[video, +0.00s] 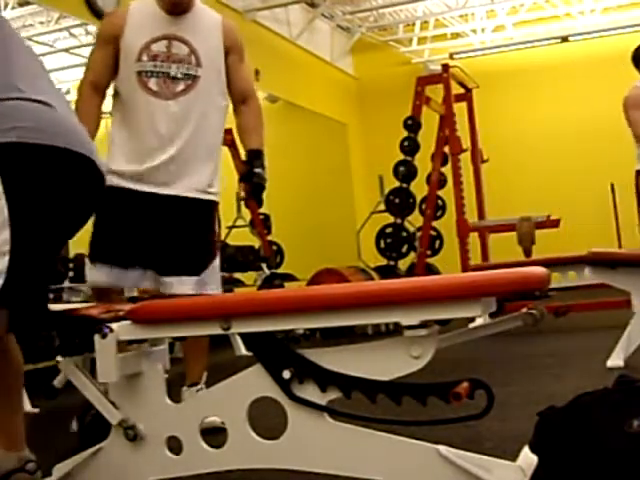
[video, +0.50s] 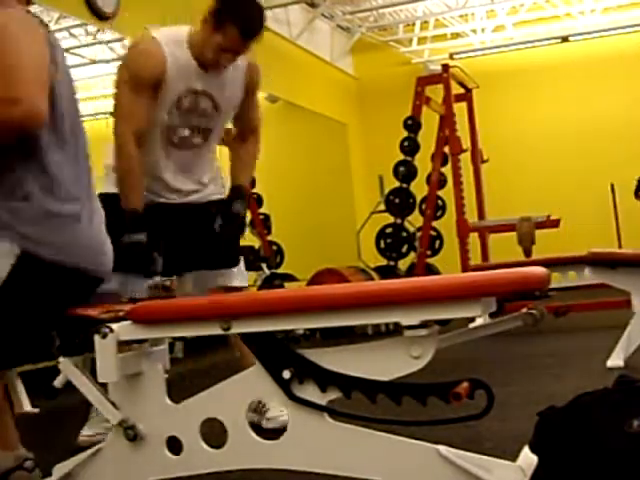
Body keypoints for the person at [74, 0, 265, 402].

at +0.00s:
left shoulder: (223, 32)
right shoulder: (120, 24)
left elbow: (246, 100)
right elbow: (92, 89)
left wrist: (256, 161)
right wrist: (76, 158)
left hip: (192, 189)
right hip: (126, 183)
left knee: (195, 304)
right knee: (109, 294)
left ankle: (195, 395)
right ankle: (117, 391)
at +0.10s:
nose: (180, 2)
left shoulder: (216, 33)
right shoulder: (113, 20)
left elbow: (237, 102)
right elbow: (87, 90)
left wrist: (254, 158)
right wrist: (92, 151)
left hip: (194, 190)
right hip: (129, 190)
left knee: (200, 306)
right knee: (133, 309)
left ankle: (197, 397)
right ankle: (138, 404)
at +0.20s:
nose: (183, 7)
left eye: (190, 2)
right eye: (176, 0)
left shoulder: (210, 33)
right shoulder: (111, 22)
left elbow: (230, 102)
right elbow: (85, 94)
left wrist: (248, 159)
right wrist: (102, 163)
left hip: (194, 190)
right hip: (128, 191)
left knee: (207, 307)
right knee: (132, 314)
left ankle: (202, 399)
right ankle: (137, 411)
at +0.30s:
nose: (195, 22)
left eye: (203, 15)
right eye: (191, 11)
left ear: (210, 11)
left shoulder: (212, 40)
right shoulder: (115, 29)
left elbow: (226, 108)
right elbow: (93, 108)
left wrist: (242, 166)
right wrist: (116, 185)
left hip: (195, 189)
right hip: (130, 194)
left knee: (223, 286)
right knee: (132, 308)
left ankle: (232, 388)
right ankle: (138, 401)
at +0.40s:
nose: (204, 33)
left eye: (215, 26)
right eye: (200, 21)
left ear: (225, 20)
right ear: (182, 2)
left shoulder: (222, 48)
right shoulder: (126, 34)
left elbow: (230, 114)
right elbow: (106, 116)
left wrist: (239, 169)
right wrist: (122, 197)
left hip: (195, 197)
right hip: (131, 198)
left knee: (224, 306)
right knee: (128, 318)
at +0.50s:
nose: (227, 61)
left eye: (236, 54)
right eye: (224, 49)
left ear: (248, 47)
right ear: (207, 23)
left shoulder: (245, 72)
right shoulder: (151, 54)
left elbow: (247, 135)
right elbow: (128, 138)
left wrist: (241, 196)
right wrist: (133, 222)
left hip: (205, 203)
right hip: (145, 203)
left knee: (229, 312)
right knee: (137, 323)